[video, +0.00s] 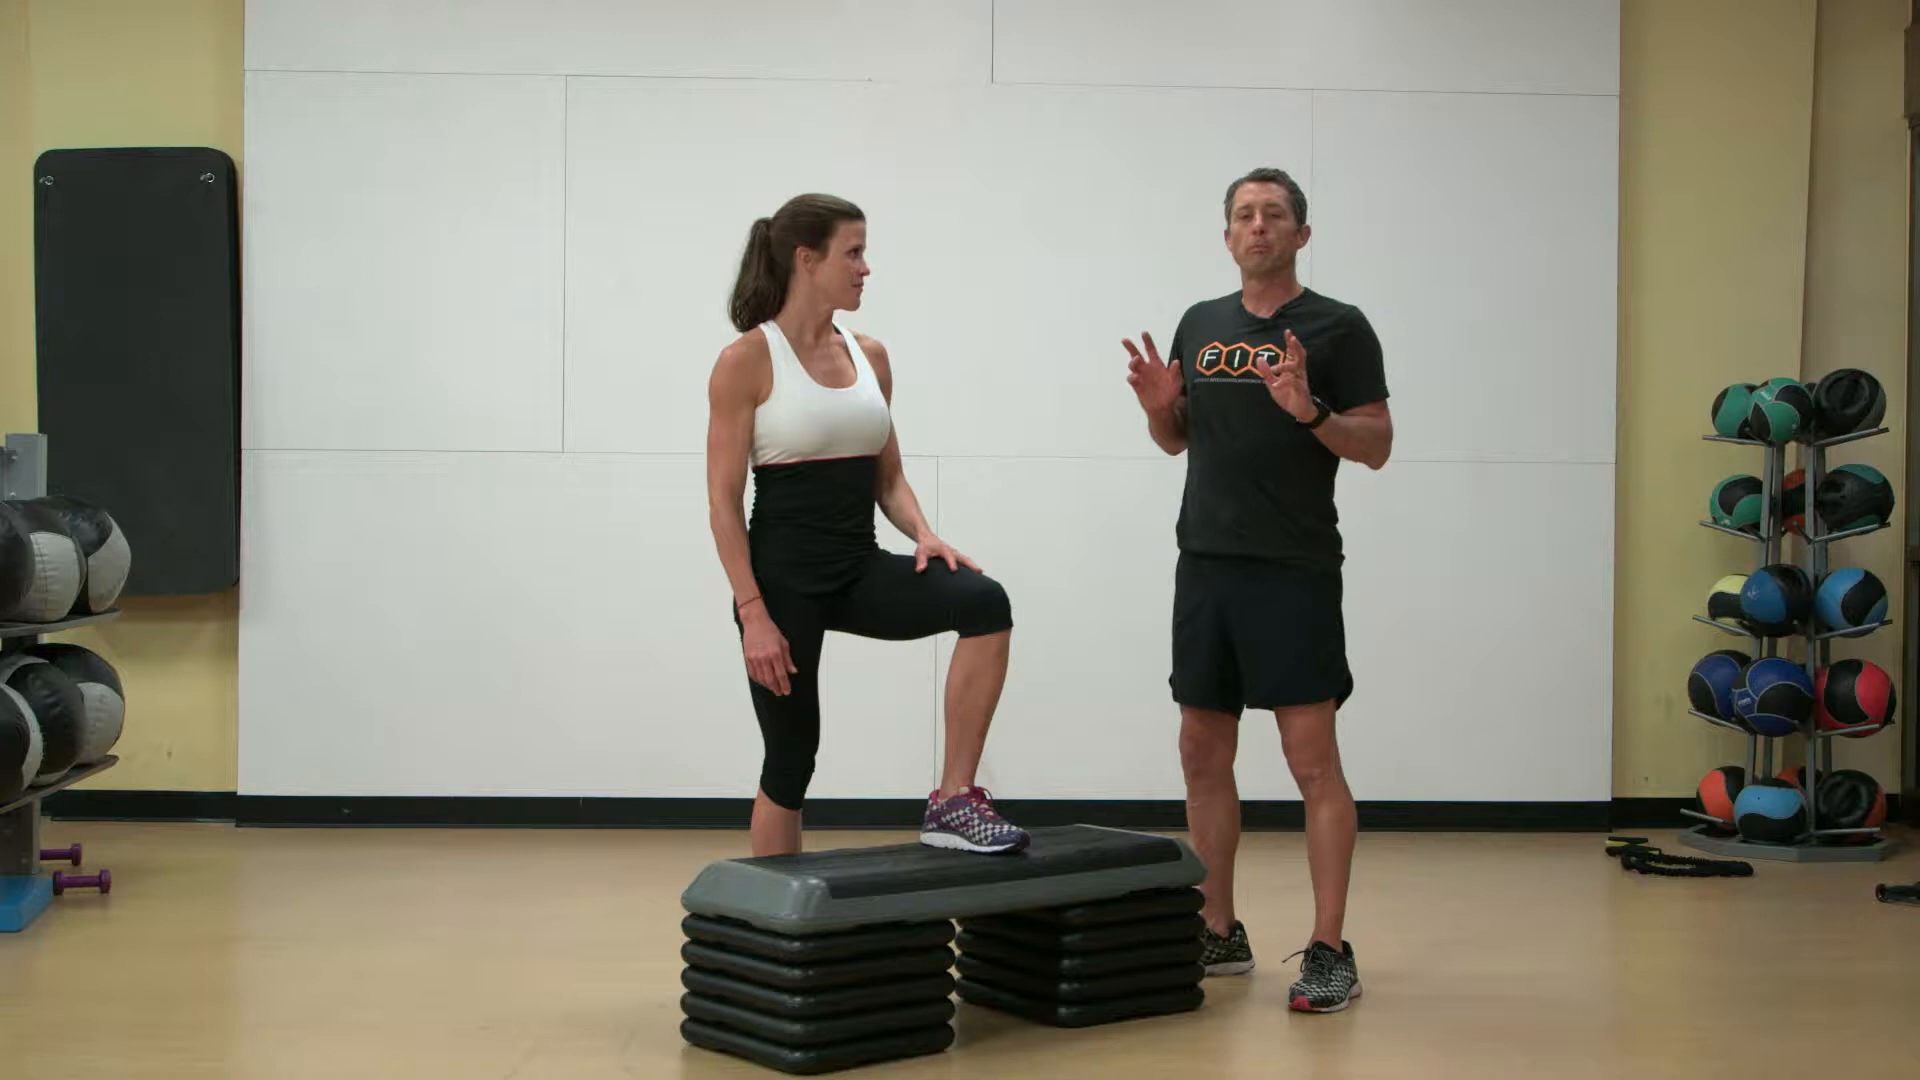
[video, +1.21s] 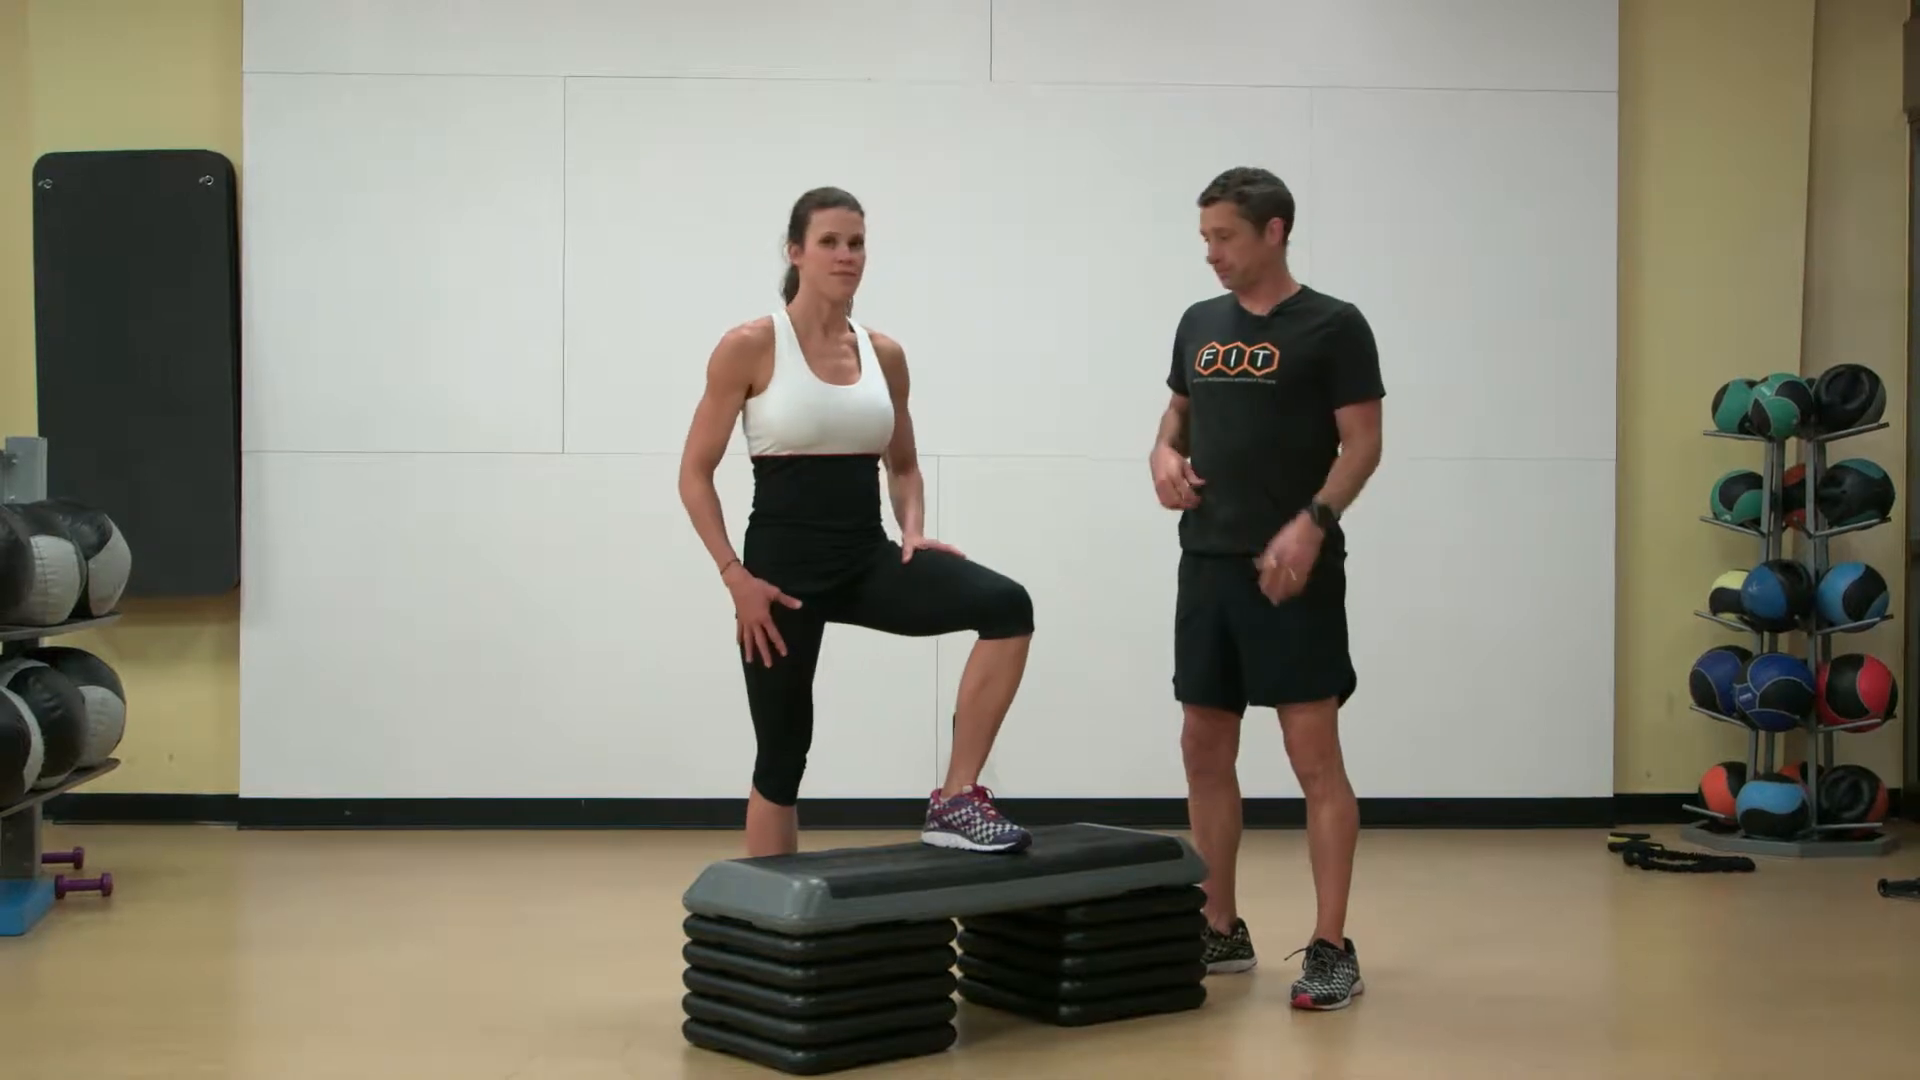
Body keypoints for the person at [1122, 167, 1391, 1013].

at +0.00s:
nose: (1257, 225)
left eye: (1272, 213)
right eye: (1244, 214)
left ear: (1301, 232)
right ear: (1227, 234)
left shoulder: (1337, 328)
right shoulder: (1198, 324)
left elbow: (1375, 444)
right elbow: (1176, 442)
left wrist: (1309, 412)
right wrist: (1160, 409)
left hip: (1296, 569)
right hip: (1207, 566)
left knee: (1312, 760)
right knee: (1202, 751)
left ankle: (1328, 946)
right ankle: (1218, 930)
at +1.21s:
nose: (1211, 253)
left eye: (1223, 238)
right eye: (1205, 239)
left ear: (1274, 232)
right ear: (1210, 238)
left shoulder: (1335, 326)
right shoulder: (1200, 324)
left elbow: (1363, 447)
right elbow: (1178, 418)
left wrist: (1312, 524)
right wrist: (1164, 452)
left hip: (1295, 566)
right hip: (1207, 566)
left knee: (1314, 757)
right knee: (1204, 747)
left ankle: (1329, 944)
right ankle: (1218, 928)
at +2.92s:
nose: (1201, 271)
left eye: (1214, 253)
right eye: (1185, 260)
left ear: (1246, 256)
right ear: (1173, 274)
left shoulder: (1318, 336)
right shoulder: (1167, 360)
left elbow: (1371, 445)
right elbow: (1103, 447)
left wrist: (1343, 548)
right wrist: (1040, 524)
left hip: (1327, 564)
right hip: (1237, 568)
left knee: (1329, 761)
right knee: (1198, 744)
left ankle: (1327, 942)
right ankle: (1213, 925)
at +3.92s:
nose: (1183, 277)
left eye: (1197, 261)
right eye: (1178, 262)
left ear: (1249, 259)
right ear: (1184, 267)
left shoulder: (1331, 342)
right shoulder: (1178, 362)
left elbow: (1382, 455)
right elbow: (1144, 466)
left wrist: (1370, 563)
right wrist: (1113, 528)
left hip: (1330, 573)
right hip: (1240, 574)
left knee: (1330, 766)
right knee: (1205, 751)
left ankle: (1326, 948)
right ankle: (1215, 932)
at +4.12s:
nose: (1196, 248)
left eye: (1212, 235)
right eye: (1197, 233)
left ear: (1265, 243)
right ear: (1235, 245)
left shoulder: (1332, 340)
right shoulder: (1190, 341)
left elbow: (1369, 462)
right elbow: (1178, 453)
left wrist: (1358, 574)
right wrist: (1136, 529)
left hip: (1312, 582)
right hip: (1224, 578)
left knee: (1320, 766)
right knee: (1208, 754)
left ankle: (1327, 949)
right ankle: (1215, 934)